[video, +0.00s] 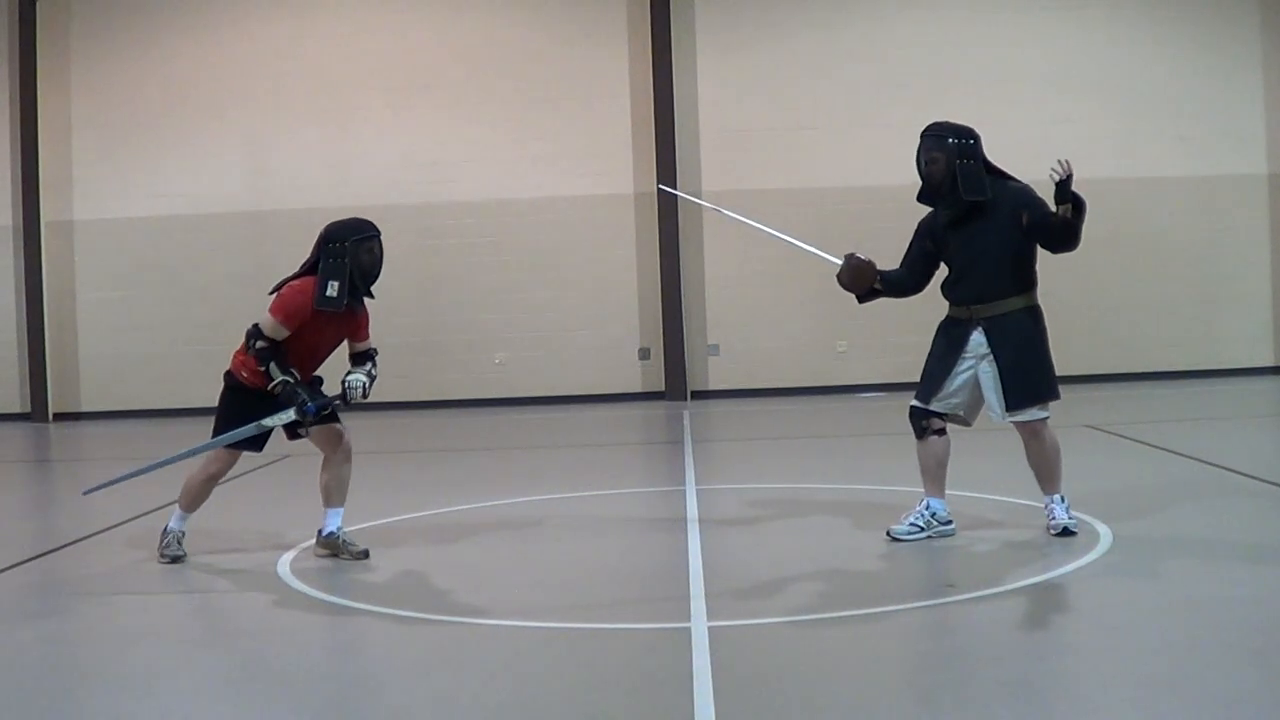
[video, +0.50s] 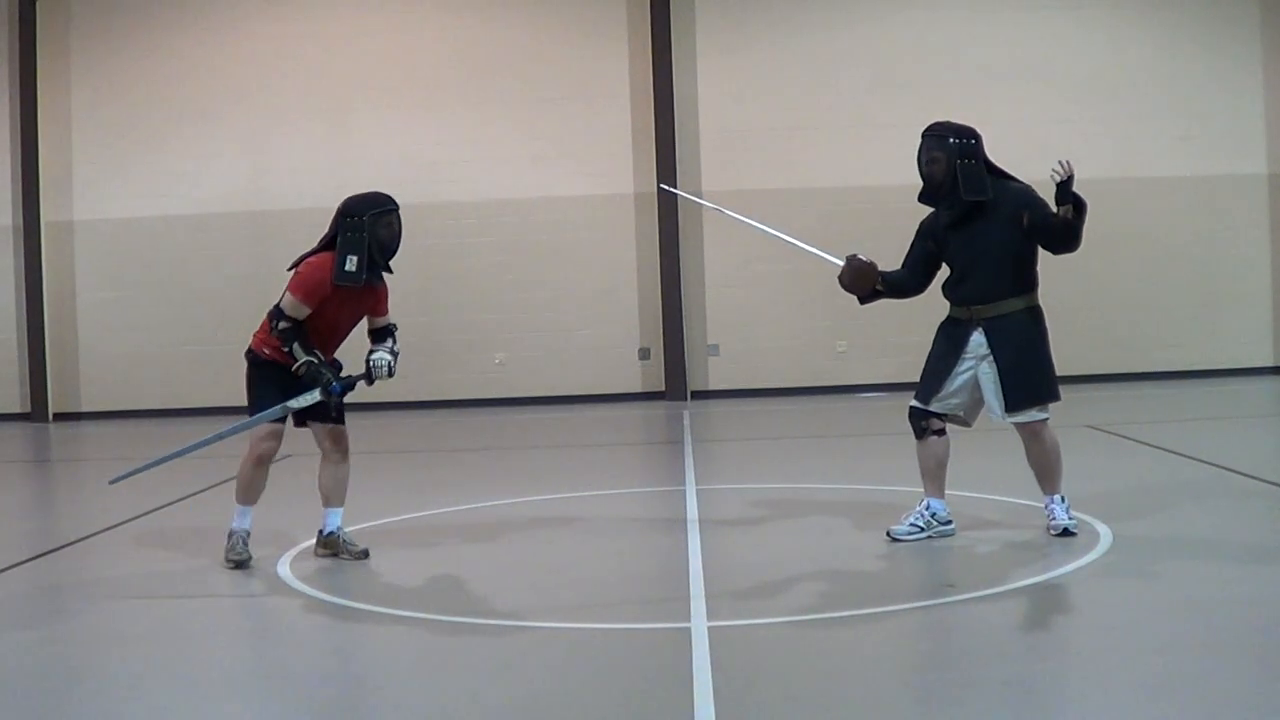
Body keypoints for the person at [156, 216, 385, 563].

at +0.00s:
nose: (375, 261)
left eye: (376, 252)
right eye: (367, 252)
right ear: (341, 255)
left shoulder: (355, 307)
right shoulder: (300, 294)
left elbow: (363, 354)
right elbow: (257, 343)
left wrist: (361, 374)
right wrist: (289, 386)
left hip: (300, 386)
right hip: (251, 383)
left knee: (338, 446)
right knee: (219, 463)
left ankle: (330, 533)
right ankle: (174, 529)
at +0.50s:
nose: (394, 235)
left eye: (395, 227)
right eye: (386, 227)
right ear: (360, 229)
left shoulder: (374, 283)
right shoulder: (320, 270)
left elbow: (381, 330)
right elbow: (280, 324)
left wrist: (383, 352)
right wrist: (309, 364)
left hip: (319, 366)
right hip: (272, 360)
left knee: (336, 444)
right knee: (266, 445)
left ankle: (331, 533)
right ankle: (239, 532)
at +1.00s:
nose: (354, 205)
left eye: (355, 196)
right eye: (346, 196)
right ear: (319, 201)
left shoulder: (338, 252)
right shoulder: (285, 249)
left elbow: (349, 301)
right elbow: (258, 313)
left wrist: (360, 324)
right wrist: (293, 353)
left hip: (303, 361)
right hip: (260, 362)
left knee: (337, 442)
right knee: (270, 456)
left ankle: (330, 526)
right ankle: (256, 549)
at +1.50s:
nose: (373, 197)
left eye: (373, 188)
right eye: (364, 188)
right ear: (338, 194)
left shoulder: (351, 254)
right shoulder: (306, 244)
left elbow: (354, 314)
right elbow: (285, 313)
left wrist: (376, 340)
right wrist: (324, 358)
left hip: (320, 369)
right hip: (275, 370)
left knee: (349, 456)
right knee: (273, 469)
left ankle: (378, 552)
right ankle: (258, 549)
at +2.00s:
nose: (432, 202)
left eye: (431, 192)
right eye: (424, 193)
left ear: (397, 200)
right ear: (400, 199)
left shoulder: (399, 252)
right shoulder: (363, 250)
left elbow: (406, 311)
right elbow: (336, 326)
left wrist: (435, 343)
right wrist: (381, 372)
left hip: (356, 371)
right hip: (314, 371)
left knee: (408, 453)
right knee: (336, 469)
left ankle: (390, 551)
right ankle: (301, 572)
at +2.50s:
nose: (544, 217)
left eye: (541, 208)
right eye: (538, 208)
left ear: (503, 218)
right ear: (519, 216)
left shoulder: (506, 260)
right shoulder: (495, 262)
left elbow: (561, 303)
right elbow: (565, 302)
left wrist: (606, 274)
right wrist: (613, 271)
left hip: (465, 390)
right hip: (426, 388)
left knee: (538, 444)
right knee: (383, 482)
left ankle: (591, 531)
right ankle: (309, 564)